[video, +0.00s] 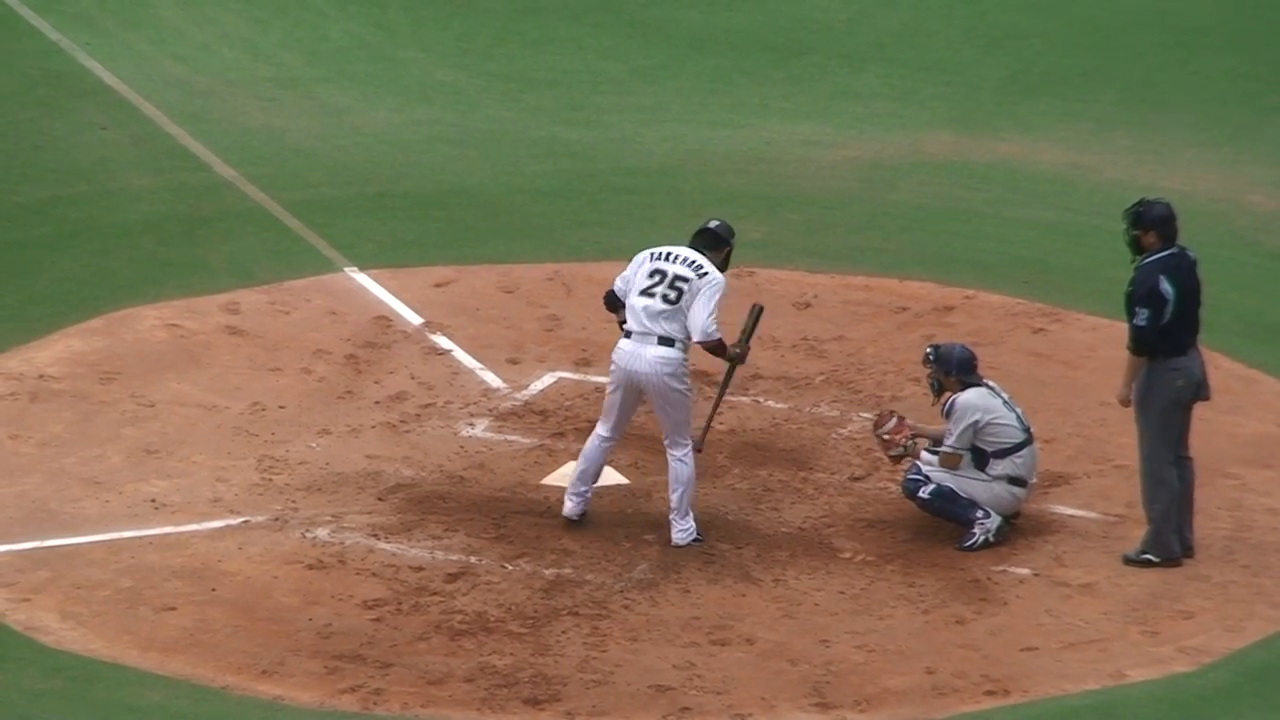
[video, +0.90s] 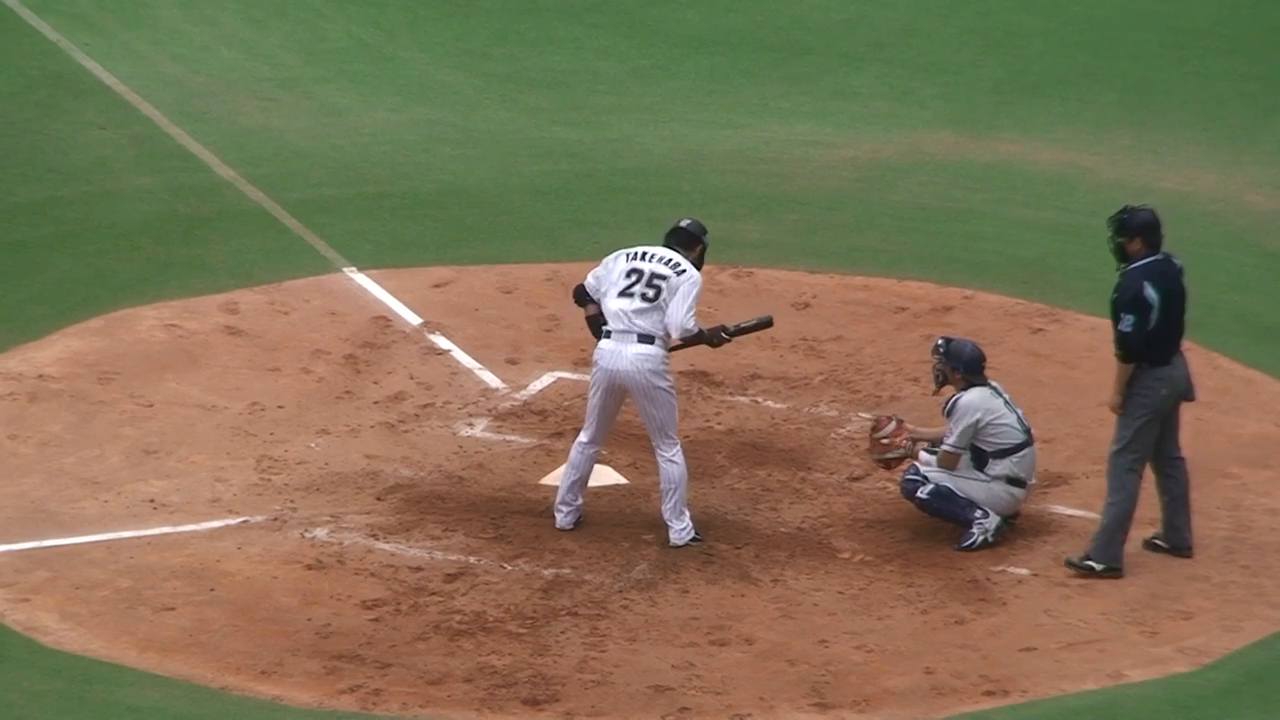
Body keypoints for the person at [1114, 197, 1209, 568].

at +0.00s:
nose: (1133, 236)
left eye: (1137, 231)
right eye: (1134, 229)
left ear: (1150, 236)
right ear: (1166, 232)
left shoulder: (1148, 275)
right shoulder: (1185, 260)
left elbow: (1140, 340)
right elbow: (1188, 322)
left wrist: (1126, 384)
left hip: (1162, 372)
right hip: (1188, 365)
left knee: (1157, 459)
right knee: (1176, 455)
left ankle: (1161, 544)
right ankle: (1179, 537)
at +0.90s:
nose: (1117, 243)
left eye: (1122, 238)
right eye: (1118, 237)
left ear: (1138, 241)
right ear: (1149, 240)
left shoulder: (1134, 282)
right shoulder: (1169, 267)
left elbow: (1128, 346)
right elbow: (1172, 324)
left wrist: (1117, 391)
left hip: (1148, 378)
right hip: (1173, 371)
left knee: (1124, 462)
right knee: (1167, 458)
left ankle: (1105, 555)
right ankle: (1177, 537)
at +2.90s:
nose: (1088, 237)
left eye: (1093, 232)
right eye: (1090, 230)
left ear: (1105, 238)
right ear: (1120, 235)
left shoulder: (1105, 278)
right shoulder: (1139, 263)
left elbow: (1101, 344)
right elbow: (1141, 322)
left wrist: (1088, 387)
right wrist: (1141, 361)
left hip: (1120, 373)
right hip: (1143, 365)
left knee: (1105, 458)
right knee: (1136, 443)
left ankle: (1101, 554)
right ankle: (1145, 512)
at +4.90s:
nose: (1091, 240)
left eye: (1095, 235)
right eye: (1093, 233)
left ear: (1108, 241)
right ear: (1124, 237)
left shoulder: (1106, 280)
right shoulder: (1142, 264)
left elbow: (1102, 346)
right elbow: (1142, 322)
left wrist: (1092, 388)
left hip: (1120, 375)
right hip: (1143, 366)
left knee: (1108, 459)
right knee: (1138, 445)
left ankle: (1105, 554)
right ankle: (1147, 514)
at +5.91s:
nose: (1068, 254)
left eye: (1071, 249)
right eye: (1069, 247)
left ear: (1083, 251)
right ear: (1101, 246)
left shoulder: (1089, 288)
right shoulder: (1122, 270)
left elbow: (1091, 350)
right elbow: (1132, 331)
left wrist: (1078, 398)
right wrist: (1109, 376)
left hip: (1137, 379)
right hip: (1159, 369)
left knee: (1100, 459)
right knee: (1138, 439)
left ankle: (1101, 556)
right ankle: (1143, 513)